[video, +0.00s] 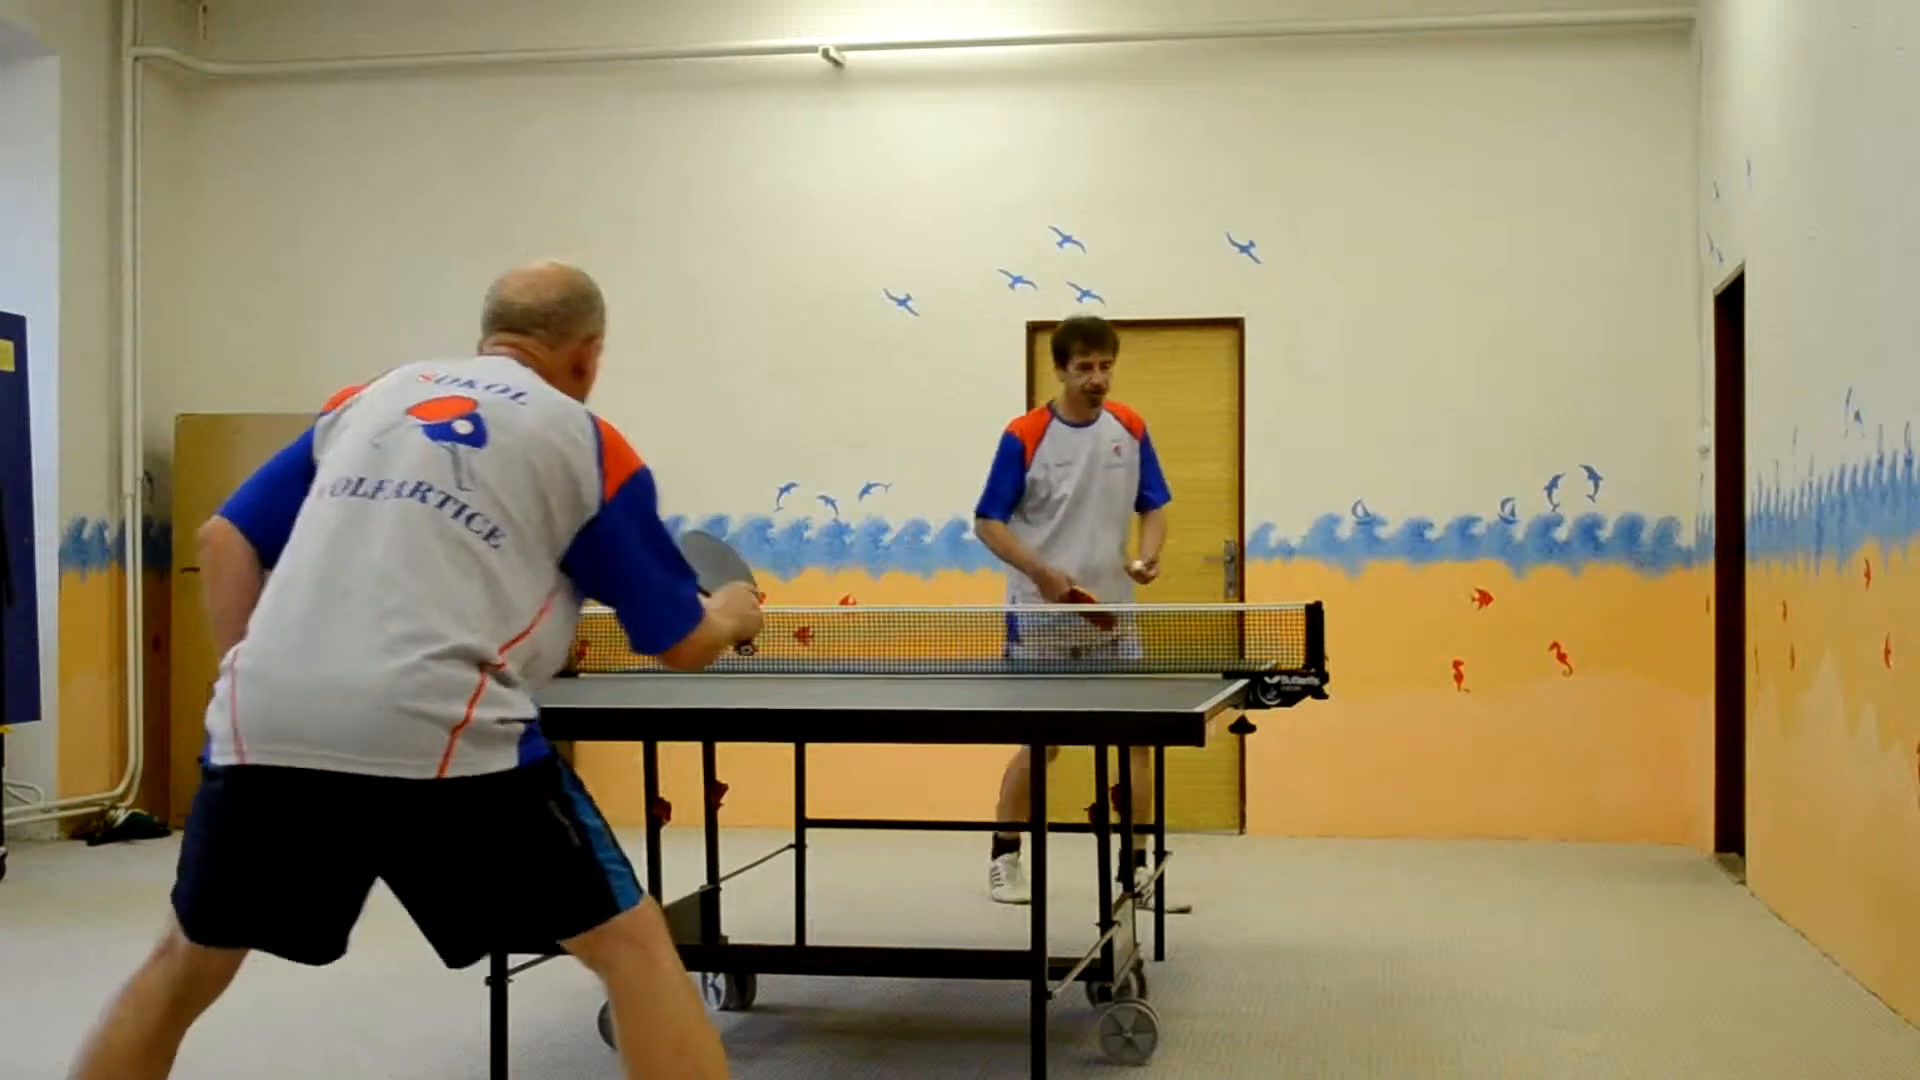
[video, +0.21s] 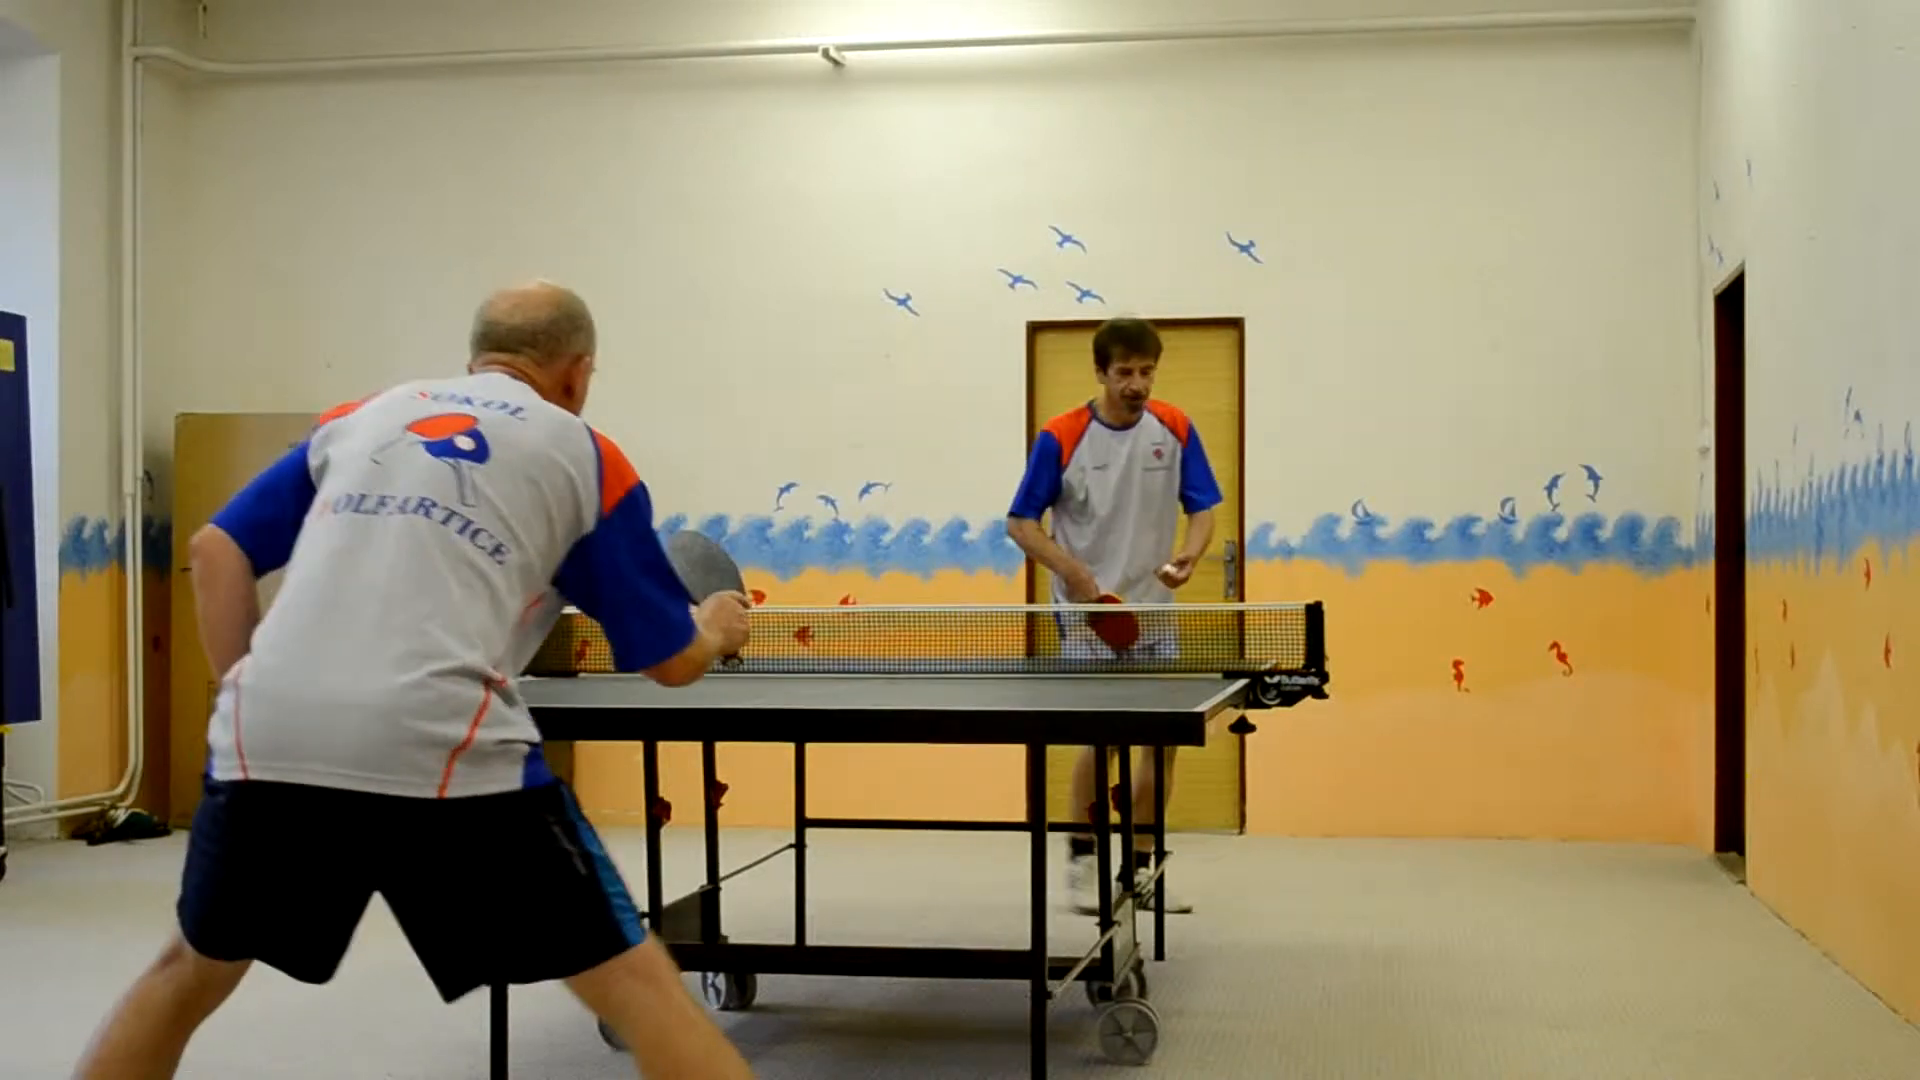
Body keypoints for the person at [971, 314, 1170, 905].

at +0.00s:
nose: (1096, 378)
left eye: (1104, 367)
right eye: (1085, 368)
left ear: (1114, 367)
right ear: (1060, 369)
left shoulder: (1129, 428)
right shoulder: (1024, 435)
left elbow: (1153, 505)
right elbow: (987, 522)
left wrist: (1147, 553)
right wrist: (1041, 573)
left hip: (1112, 616)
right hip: (1041, 616)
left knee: (1138, 737)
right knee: (1038, 741)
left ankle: (1132, 863)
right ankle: (1004, 858)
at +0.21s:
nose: (1136, 383)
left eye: (1145, 372)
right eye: (1125, 373)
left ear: (1156, 370)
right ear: (1101, 372)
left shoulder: (1175, 429)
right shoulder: (1061, 437)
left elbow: (1202, 507)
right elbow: (1021, 523)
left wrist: (1188, 556)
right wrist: (1074, 573)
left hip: (1153, 612)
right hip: (1084, 614)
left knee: (1159, 739)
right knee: (1097, 737)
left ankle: (1139, 867)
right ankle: (1083, 864)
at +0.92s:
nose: (1184, 430)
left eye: (1194, 417)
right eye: (1171, 419)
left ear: (1206, 410)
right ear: (1149, 411)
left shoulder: (1225, 444)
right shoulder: (1114, 462)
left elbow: (1257, 528)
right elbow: (1071, 557)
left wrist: (1232, 581)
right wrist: (1134, 607)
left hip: (1196, 616)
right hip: (1130, 622)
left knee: (1242, 724)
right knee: (1149, 739)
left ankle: (1197, 853)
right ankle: (1146, 881)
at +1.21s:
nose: (1191, 427)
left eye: (1199, 415)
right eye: (1177, 417)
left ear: (1207, 405)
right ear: (1150, 409)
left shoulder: (1220, 430)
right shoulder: (1123, 462)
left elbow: (1294, 481)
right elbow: (1122, 567)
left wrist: (1291, 522)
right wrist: (1204, 544)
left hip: (1195, 609)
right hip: (1132, 617)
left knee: (1249, 715)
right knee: (1158, 740)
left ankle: (1223, 825)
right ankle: (1149, 878)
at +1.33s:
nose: (1184, 418)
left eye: (1193, 405)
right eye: (1171, 407)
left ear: (1203, 399)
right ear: (1147, 403)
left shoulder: (1224, 433)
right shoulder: (1115, 459)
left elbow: (1303, 476)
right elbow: (1069, 544)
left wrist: (1324, 532)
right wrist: (1139, 557)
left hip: (1202, 619)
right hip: (1134, 625)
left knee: (1226, 748)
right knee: (1153, 750)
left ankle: (1197, 859)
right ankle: (1147, 883)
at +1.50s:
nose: (1171, 403)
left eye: (1181, 391)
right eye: (1160, 392)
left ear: (1198, 390)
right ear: (1143, 393)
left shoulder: (1229, 442)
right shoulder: (1110, 454)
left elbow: (1294, 501)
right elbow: (1034, 505)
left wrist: (1308, 560)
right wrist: (1048, 541)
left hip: (1207, 619)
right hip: (1135, 618)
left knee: (1214, 753)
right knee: (1144, 747)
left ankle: (1188, 867)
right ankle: (1146, 876)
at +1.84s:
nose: (1145, 377)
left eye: (1154, 366)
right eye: (1134, 367)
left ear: (1172, 370)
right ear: (1118, 373)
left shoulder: (1209, 433)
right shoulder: (1088, 445)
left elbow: (1241, 513)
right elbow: (1039, 521)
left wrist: (1226, 570)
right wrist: (1029, 567)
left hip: (1195, 621)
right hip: (1113, 625)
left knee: (1205, 749)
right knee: (1089, 742)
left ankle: (1188, 867)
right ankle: (1073, 872)